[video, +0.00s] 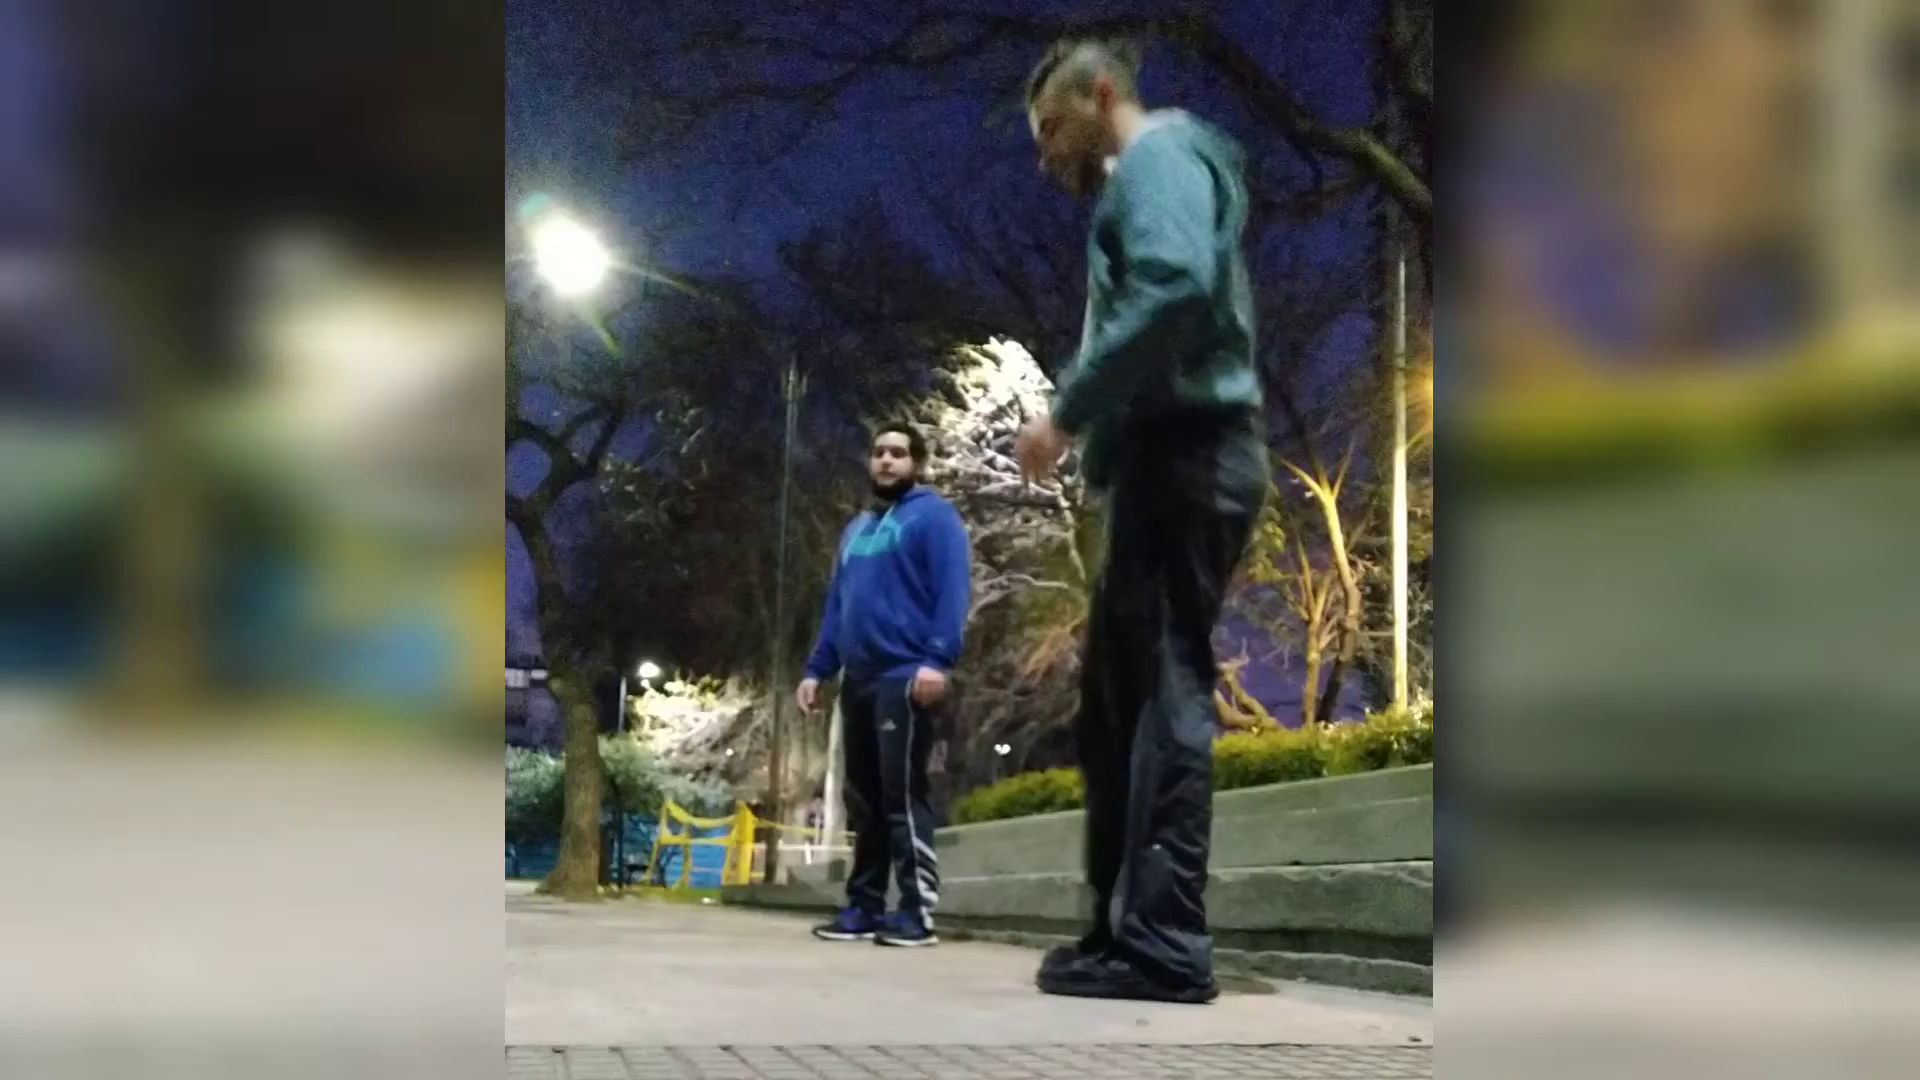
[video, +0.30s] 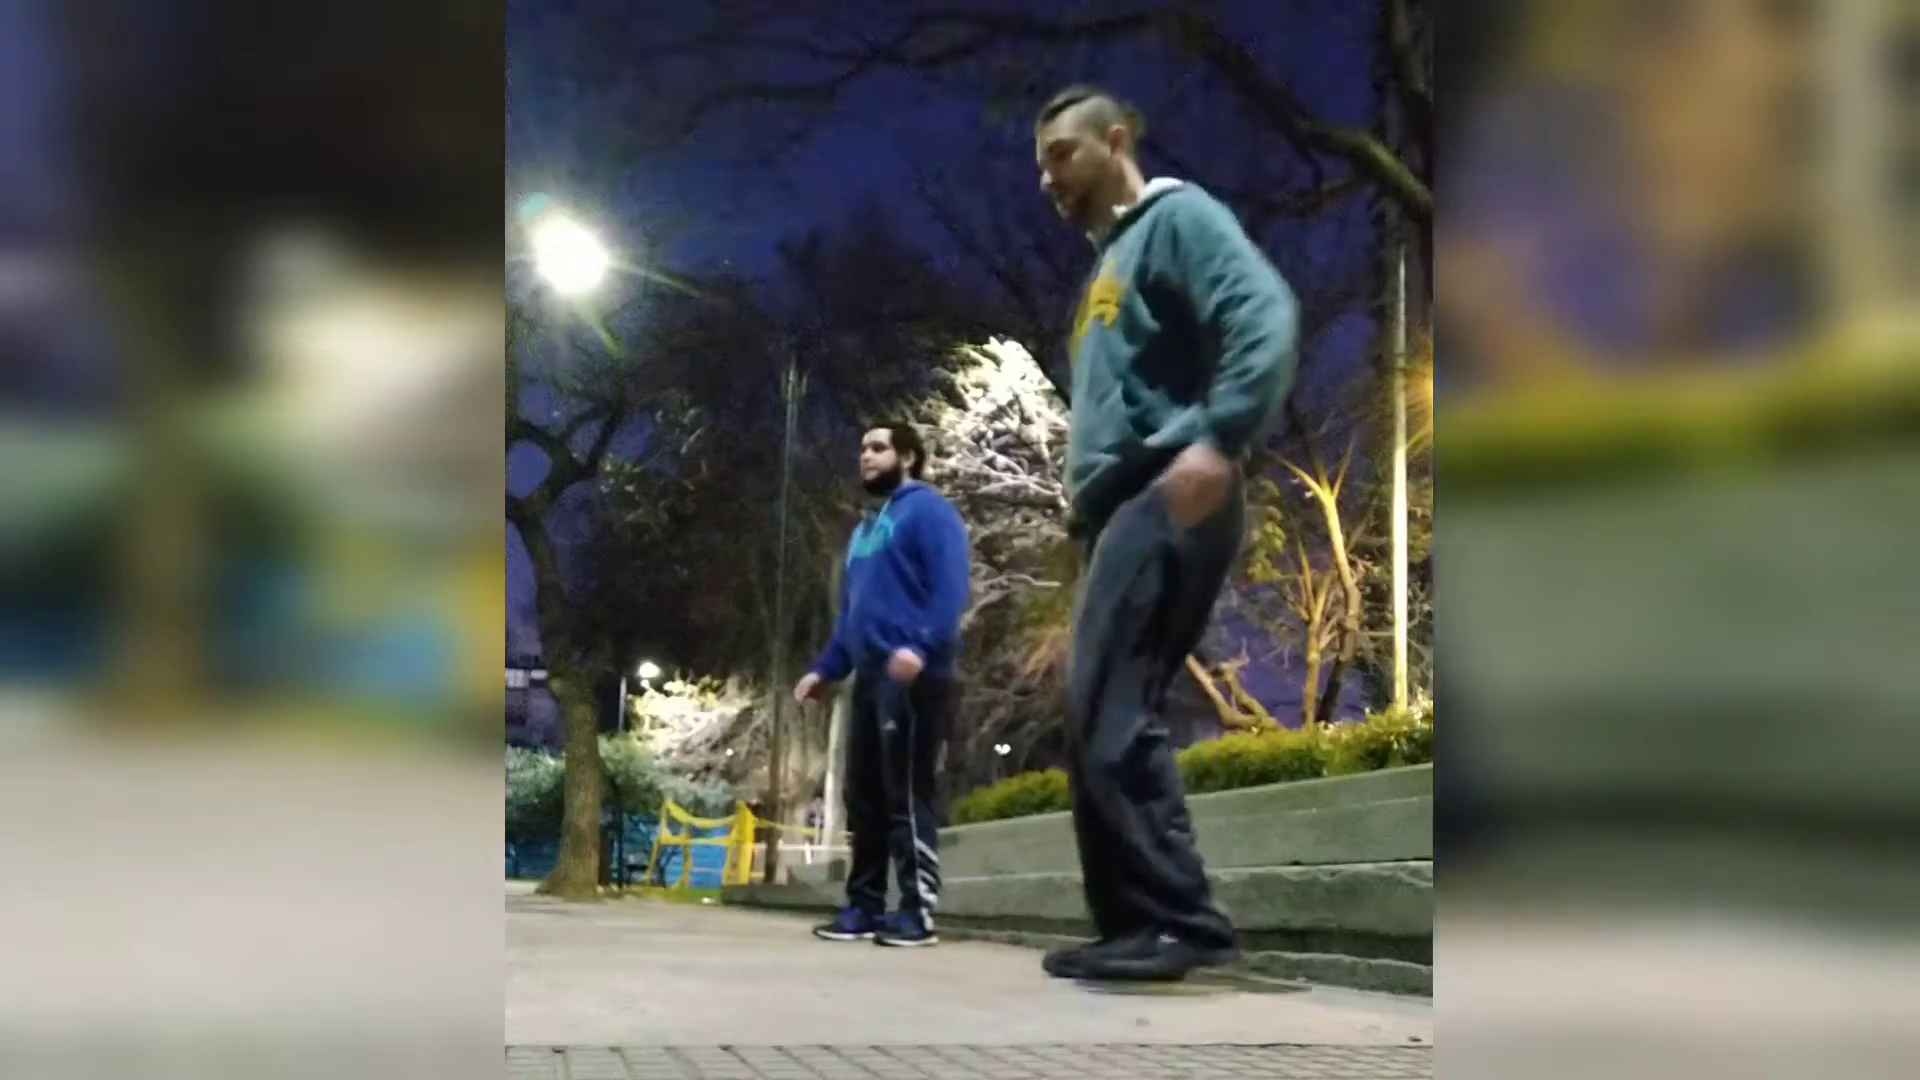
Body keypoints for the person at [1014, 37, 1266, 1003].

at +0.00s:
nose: (1046, 156)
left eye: (1050, 131)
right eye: (1039, 138)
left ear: (1100, 99)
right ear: (1104, 106)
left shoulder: (1161, 156)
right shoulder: (1147, 173)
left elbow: (1173, 285)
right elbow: (1171, 323)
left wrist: (1066, 411)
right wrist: (1098, 442)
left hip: (1190, 456)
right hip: (1166, 459)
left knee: (1160, 692)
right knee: (1113, 698)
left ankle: (1164, 944)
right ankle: (1121, 935)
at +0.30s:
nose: (1049, 176)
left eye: (1062, 153)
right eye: (1042, 163)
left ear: (1117, 142)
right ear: (1059, 169)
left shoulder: (1179, 212)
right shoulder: (1108, 262)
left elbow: (1264, 311)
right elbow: (1120, 386)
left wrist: (1218, 443)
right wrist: (1093, 480)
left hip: (1172, 489)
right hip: (1122, 504)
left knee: (1110, 706)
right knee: (1100, 713)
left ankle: (1182, 921)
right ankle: (1133, 925)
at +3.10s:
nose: (1129, 105)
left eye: (1151, 92)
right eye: (1132, 95)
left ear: (1204, 111)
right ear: (1141, 123)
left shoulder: (1228, 177)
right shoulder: (1125, 235)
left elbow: (1298, 57)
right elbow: (1085, 263)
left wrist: (1301, 7)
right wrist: (1035, 179)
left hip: (1199, 452)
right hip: (1127, 478)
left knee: (1220, 690)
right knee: (1096, 726)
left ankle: (1322, 933)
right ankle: (1092, 944)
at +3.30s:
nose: (1120, 91)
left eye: (1142, 76)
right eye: (1122, 79)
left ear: (1194, 100)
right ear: (1137, 110)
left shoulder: (1213, 169)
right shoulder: (1137, 207)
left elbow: (1319, 253)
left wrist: (1243, 325)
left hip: (1191, 448)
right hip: (1120, 464)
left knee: (1181, 688)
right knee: (1098, 705)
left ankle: (1220, 936)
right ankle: (1131, 928)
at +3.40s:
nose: (1116, 130)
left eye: (1138, 116)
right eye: (1114, 121)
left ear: (1189, 139)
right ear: (1126, 154)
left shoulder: (1226, 216)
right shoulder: (1134, 247)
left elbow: (1296, 351)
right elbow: (1132, 383)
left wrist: (1232, 427)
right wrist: (1095, 498)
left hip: (1186, 502)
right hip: (1115, 515)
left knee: (1147, 721)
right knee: (1086, 725)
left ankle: (1201, 952)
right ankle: (1137, 941)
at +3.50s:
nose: (1126, 114)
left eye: (1149, 98)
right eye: (1125, 103)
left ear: (1198, 123)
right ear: (1132, 134)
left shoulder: (1230, 200)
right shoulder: (1144, 234)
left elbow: (1283, 308)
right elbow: (1132, 377)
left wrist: (1213, 406)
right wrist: (1093, 479)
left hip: (1199, 484)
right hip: (1134, 500)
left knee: (1161, 713)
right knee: (1105, 719)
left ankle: (1193, 948)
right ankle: (1136, 940)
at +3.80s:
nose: (1156, 116)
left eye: (1177, 103)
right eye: (1153, 107)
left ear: (1220, 123)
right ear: (1153, 138)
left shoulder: (1248, 182)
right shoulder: (1142, 239)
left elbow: (1309, 41)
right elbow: (1103, 221)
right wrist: (1094, 138)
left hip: (1220, 470)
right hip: (1151, 497)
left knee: (1261, 699)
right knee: (1110, 729)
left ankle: (1367, 948)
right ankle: (1128, 950)